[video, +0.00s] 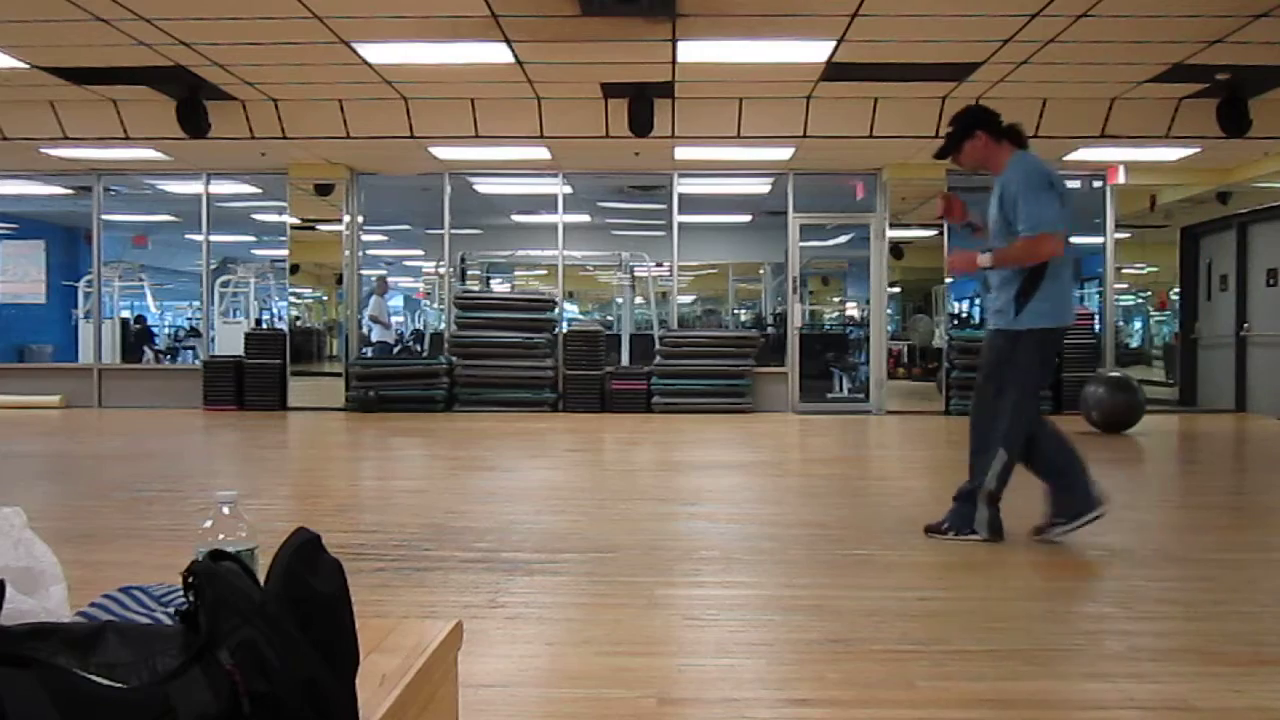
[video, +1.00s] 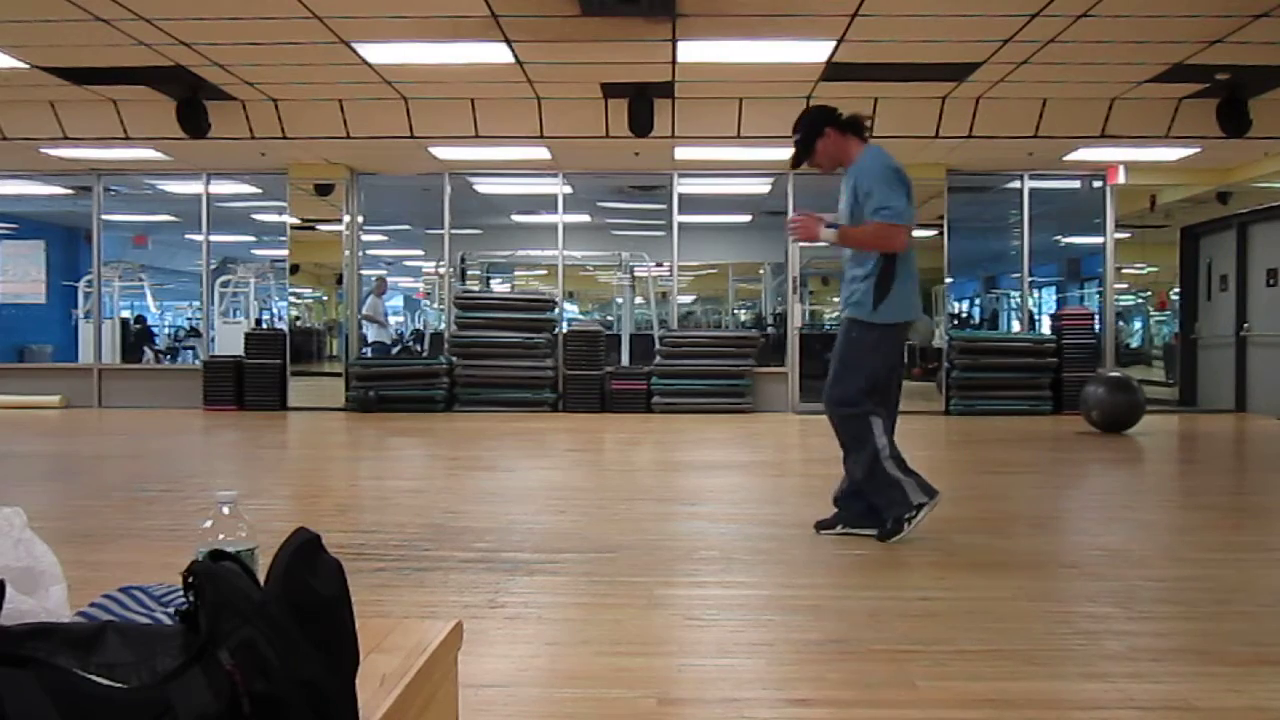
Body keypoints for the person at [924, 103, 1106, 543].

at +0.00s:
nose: (959, 163)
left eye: (959, 153)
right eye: (956, 156)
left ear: (980, 139)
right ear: (983, 142)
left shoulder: (1026, 173)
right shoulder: (1010, 178)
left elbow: (1047, 243)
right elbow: (1011, 239)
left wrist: (982, 259)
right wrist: (967, 220)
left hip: (1028, 323)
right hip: (1017, 321)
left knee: (994, 415)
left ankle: (976, 515)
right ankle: (1075, 498)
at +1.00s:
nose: (817, 165)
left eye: (814, 156)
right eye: (811, 160)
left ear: (829, 135)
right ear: (831, 137)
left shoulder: (875, 166)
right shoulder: (860, 172)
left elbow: (894, 236)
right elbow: (874, 234)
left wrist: (827, 231)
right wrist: (824, 227)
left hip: (878, 313)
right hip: (874, 312)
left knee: (844, 402)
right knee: (869, 406)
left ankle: (905, 495)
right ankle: (862, 509)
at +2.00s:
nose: (675, 146)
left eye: (677, 135)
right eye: (670, 138)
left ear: (702, 117)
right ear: (688, 124)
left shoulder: (744, 160)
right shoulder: (685, 164)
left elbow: (755, 233)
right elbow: (682, 216)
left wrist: (685, 237)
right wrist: (655, 210)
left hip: (732, 309)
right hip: (683, 307)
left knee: (724, 411)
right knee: (658, 398)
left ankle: (713, 519)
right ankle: (702, 502)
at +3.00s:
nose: (559, 118)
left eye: (568, 108)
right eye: (549, 109)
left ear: (588, 91)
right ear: (537, 98)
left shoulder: (625, 141)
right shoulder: (519, 143)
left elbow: (665, 218)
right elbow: (477, 211)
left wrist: (623, 187)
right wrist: (453, 236)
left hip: (597, 308)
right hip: (528, 303)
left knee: (570, 426)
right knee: (503, 408)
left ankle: (544, 553)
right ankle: (552, 503)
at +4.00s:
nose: (669, 39)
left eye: (677, 27)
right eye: (659, 23)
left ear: (684, 25)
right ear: (620, 9)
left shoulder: (691, 105)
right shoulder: (559, 79)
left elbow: (734, 194)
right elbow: (492, 158)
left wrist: (773, 218)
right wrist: (542, 189)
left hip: (680, 292)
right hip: (591, 293)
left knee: (712, 427)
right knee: (620, 453)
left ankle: (635, 567)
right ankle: (663, 634)